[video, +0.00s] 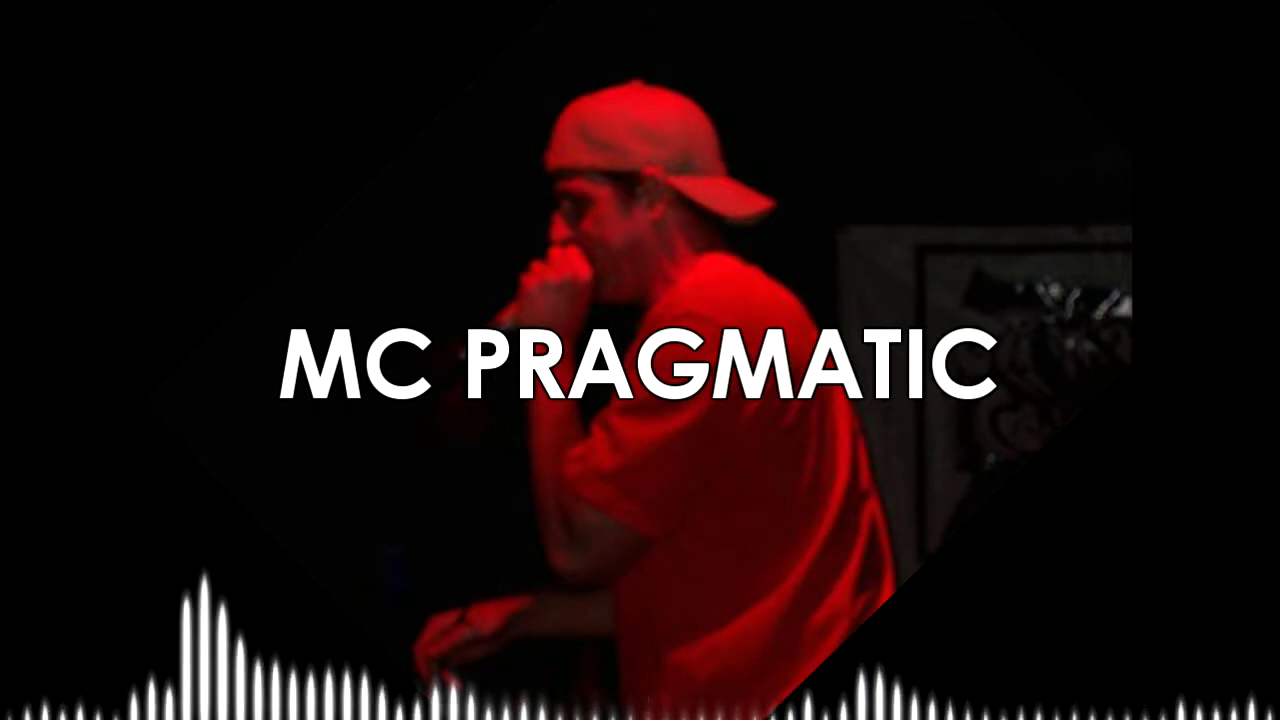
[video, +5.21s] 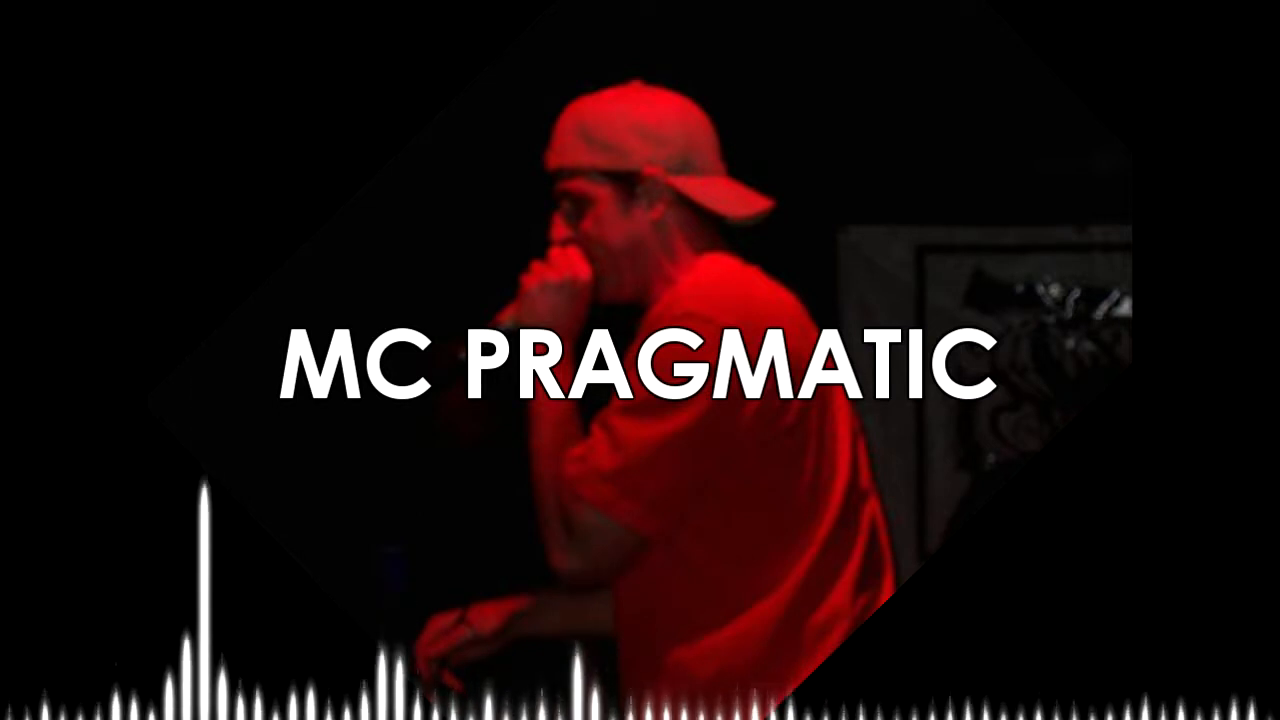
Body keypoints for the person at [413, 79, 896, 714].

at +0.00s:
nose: (559, 233)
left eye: (576, 206)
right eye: (559, 209)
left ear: (652, 199)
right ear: (649, 200)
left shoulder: (706, 314)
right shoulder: (746, 303)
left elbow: (577, 544)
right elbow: (700, 580)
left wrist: (546, 348)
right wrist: (520, 619)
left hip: (736, 704)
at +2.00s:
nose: (560, 233)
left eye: (577, 207)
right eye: (560, 209)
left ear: (653, 198)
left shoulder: (706, 314)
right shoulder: (744, 303)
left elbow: (577, 544)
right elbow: (696, 579)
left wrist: (545, 347)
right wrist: (518, 620)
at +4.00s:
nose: (560, 233)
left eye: (577, 206)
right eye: (560, 209)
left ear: (652, 199)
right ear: (649, 200)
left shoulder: (706, 314)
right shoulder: (746, 303)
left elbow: (577, 543)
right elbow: (699, 578)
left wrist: (545, 347)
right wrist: (517, 620)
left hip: (733, 705)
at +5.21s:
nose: (560, 233)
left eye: (577, 207)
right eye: (560, 209)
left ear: (653, 200)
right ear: (650, 201)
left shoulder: (706, 314)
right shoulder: (748, 303)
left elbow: (578, 544)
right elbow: (701, 580)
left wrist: (546, 347)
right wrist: (520, 619)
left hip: (735, 705)